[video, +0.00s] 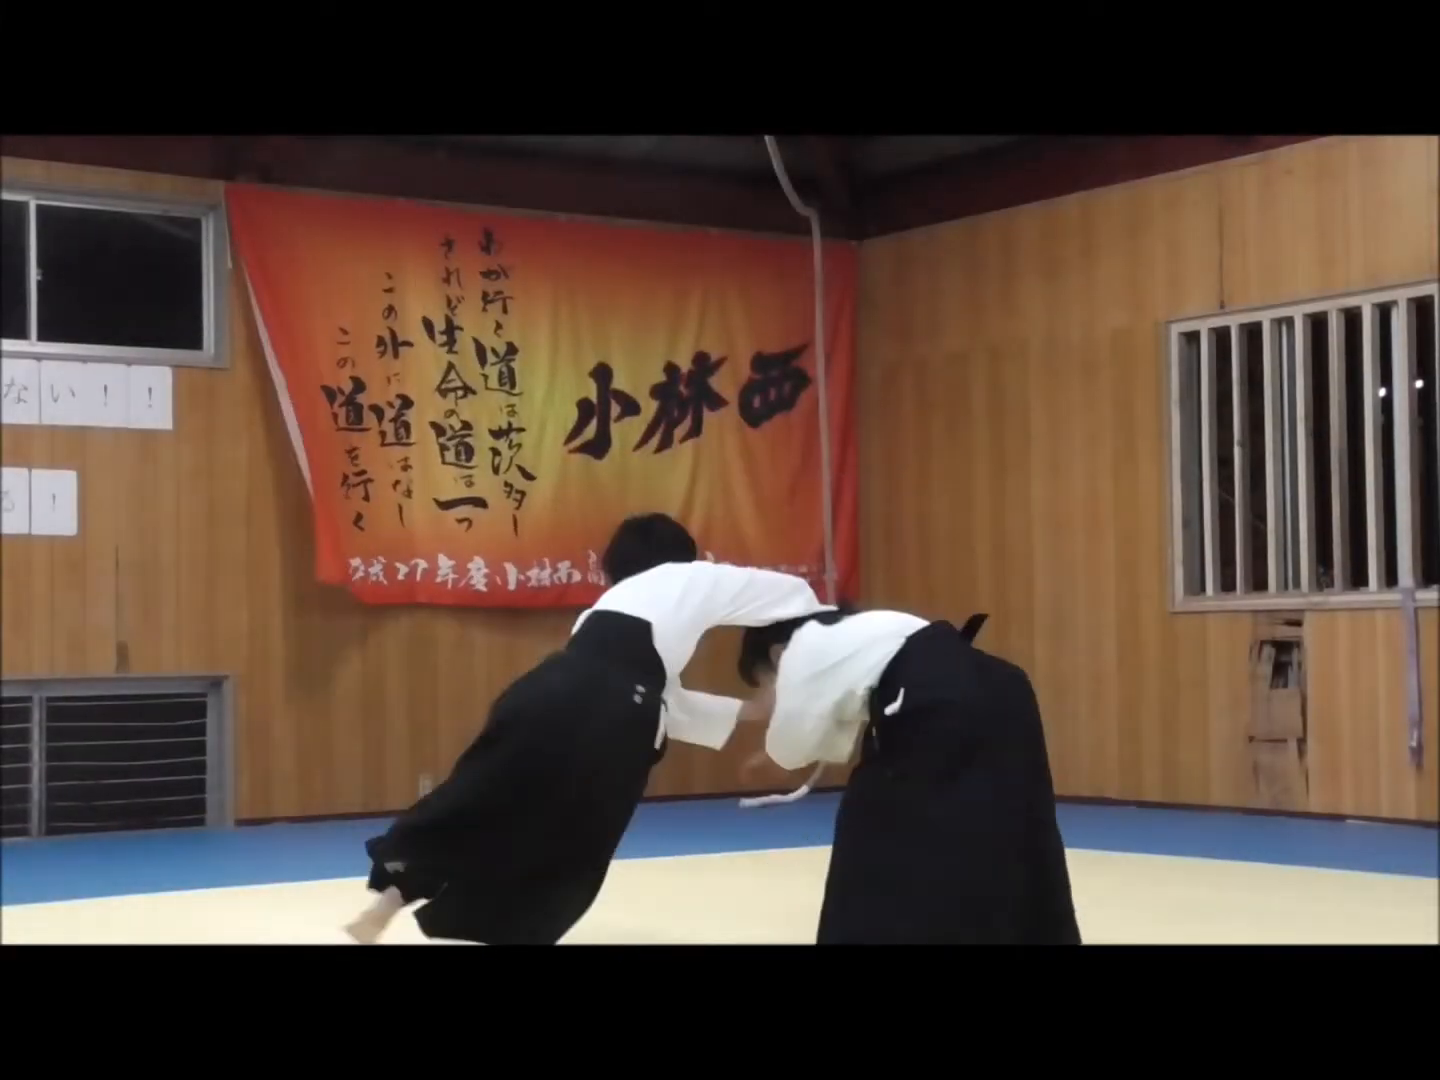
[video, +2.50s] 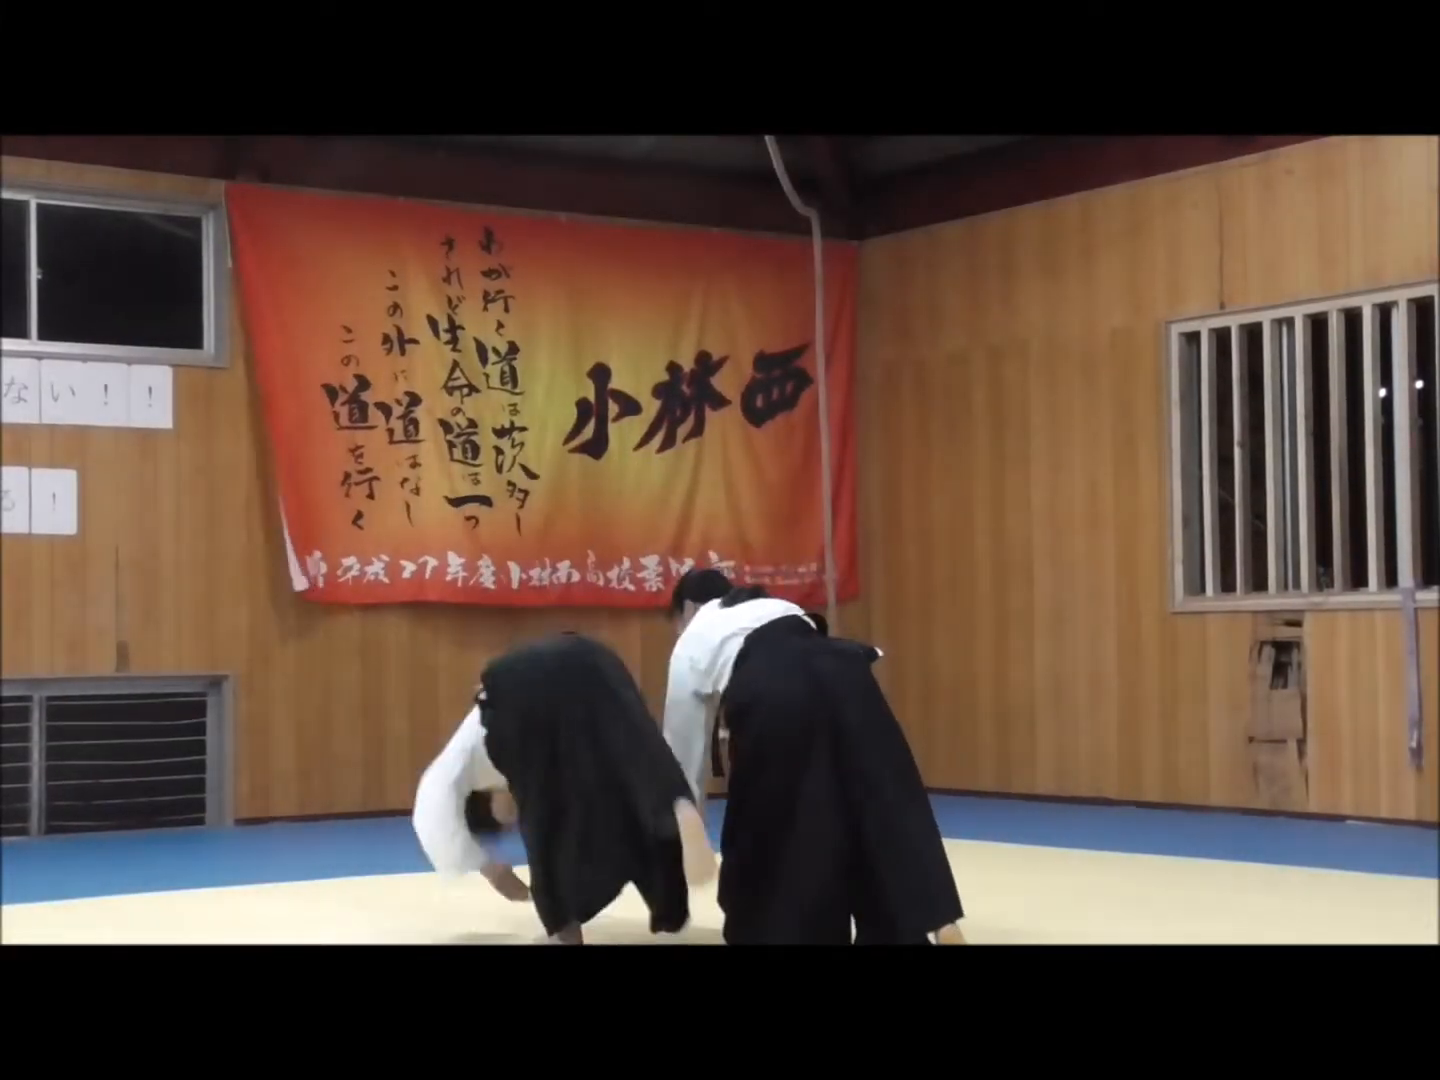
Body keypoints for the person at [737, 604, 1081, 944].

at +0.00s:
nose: (773, 702)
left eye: (768, 689)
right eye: (765, 694)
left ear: (781, 654)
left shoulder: (809, 644)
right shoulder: (866, 632)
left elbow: (787, 752)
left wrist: (766, 766)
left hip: (931, 715)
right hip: (1008, 693)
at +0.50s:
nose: (817, 676)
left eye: (813, 667)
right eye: (810, 672)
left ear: (831, 645)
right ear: (836, 621)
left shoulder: (862, 652)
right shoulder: (886, 615)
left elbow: (842, 727)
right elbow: (911, 716)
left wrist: (831, 685)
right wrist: (891, 773)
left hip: (996, 719)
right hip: (1047, 703)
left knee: (908, 836)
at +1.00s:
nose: (828, 532)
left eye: (828, 519)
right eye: (824, 520)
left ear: (855, 513)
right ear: (877, 504)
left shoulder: (872, 552)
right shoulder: (922, 533)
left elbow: (830, 627)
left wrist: (795, 620)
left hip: (963, 683)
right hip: (1015, 670)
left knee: (912, 818)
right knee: (1010, 820)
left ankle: (905, 931)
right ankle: (1007, 931)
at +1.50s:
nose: (846, 467)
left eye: (850, 457)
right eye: (845, 457)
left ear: (875, 458)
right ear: (902, 456)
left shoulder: (871, 507)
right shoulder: (924, 502)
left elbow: (797, 542)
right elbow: (823, 542)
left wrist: (777, 488)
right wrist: (776, 510)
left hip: (901, 664)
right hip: (954, 659)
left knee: (882, 802)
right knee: (949, 807)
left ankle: (880, 928)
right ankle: (944, 929)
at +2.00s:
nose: (751, 527)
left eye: (754, 518)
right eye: (752, 519)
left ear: (769, 518)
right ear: (807, 515)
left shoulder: (748, 561)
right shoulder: (835, 554)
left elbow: (680, 563)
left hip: (799, 690)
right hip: (868, 683)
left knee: (786, 821)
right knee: (898, 812)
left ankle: (772, 931)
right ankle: (929, 928)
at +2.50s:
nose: (678, 631)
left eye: (677, 621)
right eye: (677, 623)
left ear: (689, 609)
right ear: (728, 595)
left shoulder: (695, 640)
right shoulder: (772, 606)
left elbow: (683, 751)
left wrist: (686, 832)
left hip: (777, 697)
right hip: (847, 680)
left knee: (770, 826)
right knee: (892, 798)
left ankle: (764, 928)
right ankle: (945, 923)